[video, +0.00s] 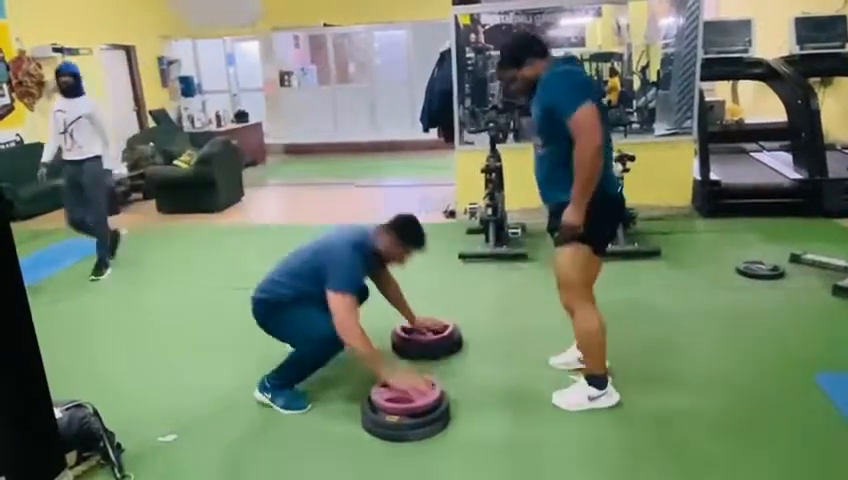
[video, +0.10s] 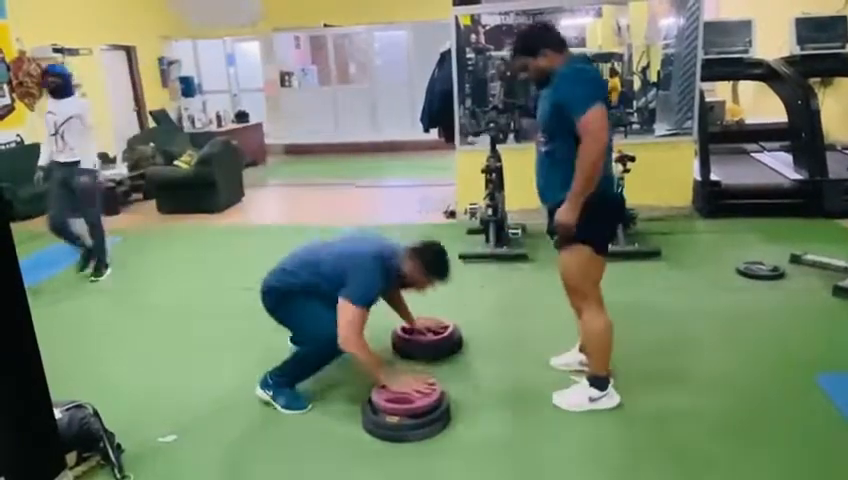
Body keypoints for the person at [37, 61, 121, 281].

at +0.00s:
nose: (65, 83)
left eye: (69, 79)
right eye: (61, 79)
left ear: (77, 80)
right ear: (57, 83)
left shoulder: (89, 105)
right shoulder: (58, 108)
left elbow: (107, 137)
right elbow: (54, 137)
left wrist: (110, 166)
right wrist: (45, 162)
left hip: (92, 162)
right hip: (70, 164)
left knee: (97, 212)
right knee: (75, 217)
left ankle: (103, 259)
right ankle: (109, 235)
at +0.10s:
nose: (50, 86)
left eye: (54, 82)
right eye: (48, 82)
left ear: (65, 82)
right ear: (46, 85)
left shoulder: (81, 105)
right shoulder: (51, 108)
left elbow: (90, 137)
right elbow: (49, 139)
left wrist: (87, 167)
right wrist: (41, 165)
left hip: (82, 166)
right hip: (59, 167)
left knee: (91, 217)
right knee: (56, 221)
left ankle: (101, 260)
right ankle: (85, 247)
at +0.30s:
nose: (17, 89)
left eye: (21, 84)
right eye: (16, 85)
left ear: (33, 85)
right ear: (19, 88)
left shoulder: (51, 110)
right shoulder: (26, 112)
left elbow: (60, 148)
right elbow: (32, 144)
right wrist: (31, 166)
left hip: (62, 173)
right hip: (42, 176)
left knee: (81, 221)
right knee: (42, 231)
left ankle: (99, 259)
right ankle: (36, 279)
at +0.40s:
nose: (4, 89)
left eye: (8, 83)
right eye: (3, 84)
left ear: (20, 85)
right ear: (7, 89)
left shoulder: (41, 110)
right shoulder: (10, 114)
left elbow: (48, 149)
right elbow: (14, 146)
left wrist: (27, 167)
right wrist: (15, 169)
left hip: (46, 175)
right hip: (23, 177)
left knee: (65, 227)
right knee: (28, 233)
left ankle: (94, 257)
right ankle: (32, 283)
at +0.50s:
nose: (1, 92)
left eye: (2, 88)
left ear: (4, 90)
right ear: (14, 88)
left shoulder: (25, 113)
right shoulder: (8, 115)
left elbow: (33, 150)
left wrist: (22, 177)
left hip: (26, 176)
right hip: (7, 178)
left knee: (43, 236)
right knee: (17, 238)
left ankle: (77, 255)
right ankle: (33, 286)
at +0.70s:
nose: (7, 88)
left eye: (6, 84)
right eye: (6, 84)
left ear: (6, 86)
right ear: (6, 87)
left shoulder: (8, 111)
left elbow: (24, 150)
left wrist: (30, 182)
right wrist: (28, 181)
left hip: (10, 173)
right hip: (7, 174)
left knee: (13, 234)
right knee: (12, 234)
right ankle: (28, 285)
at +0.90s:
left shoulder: (2, 143)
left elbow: (8, 162)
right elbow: (9, 162)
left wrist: (22, 189)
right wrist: (22, 189)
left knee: (7, 256)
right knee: (6, 255)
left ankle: (27, 285)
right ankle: (26, 285)